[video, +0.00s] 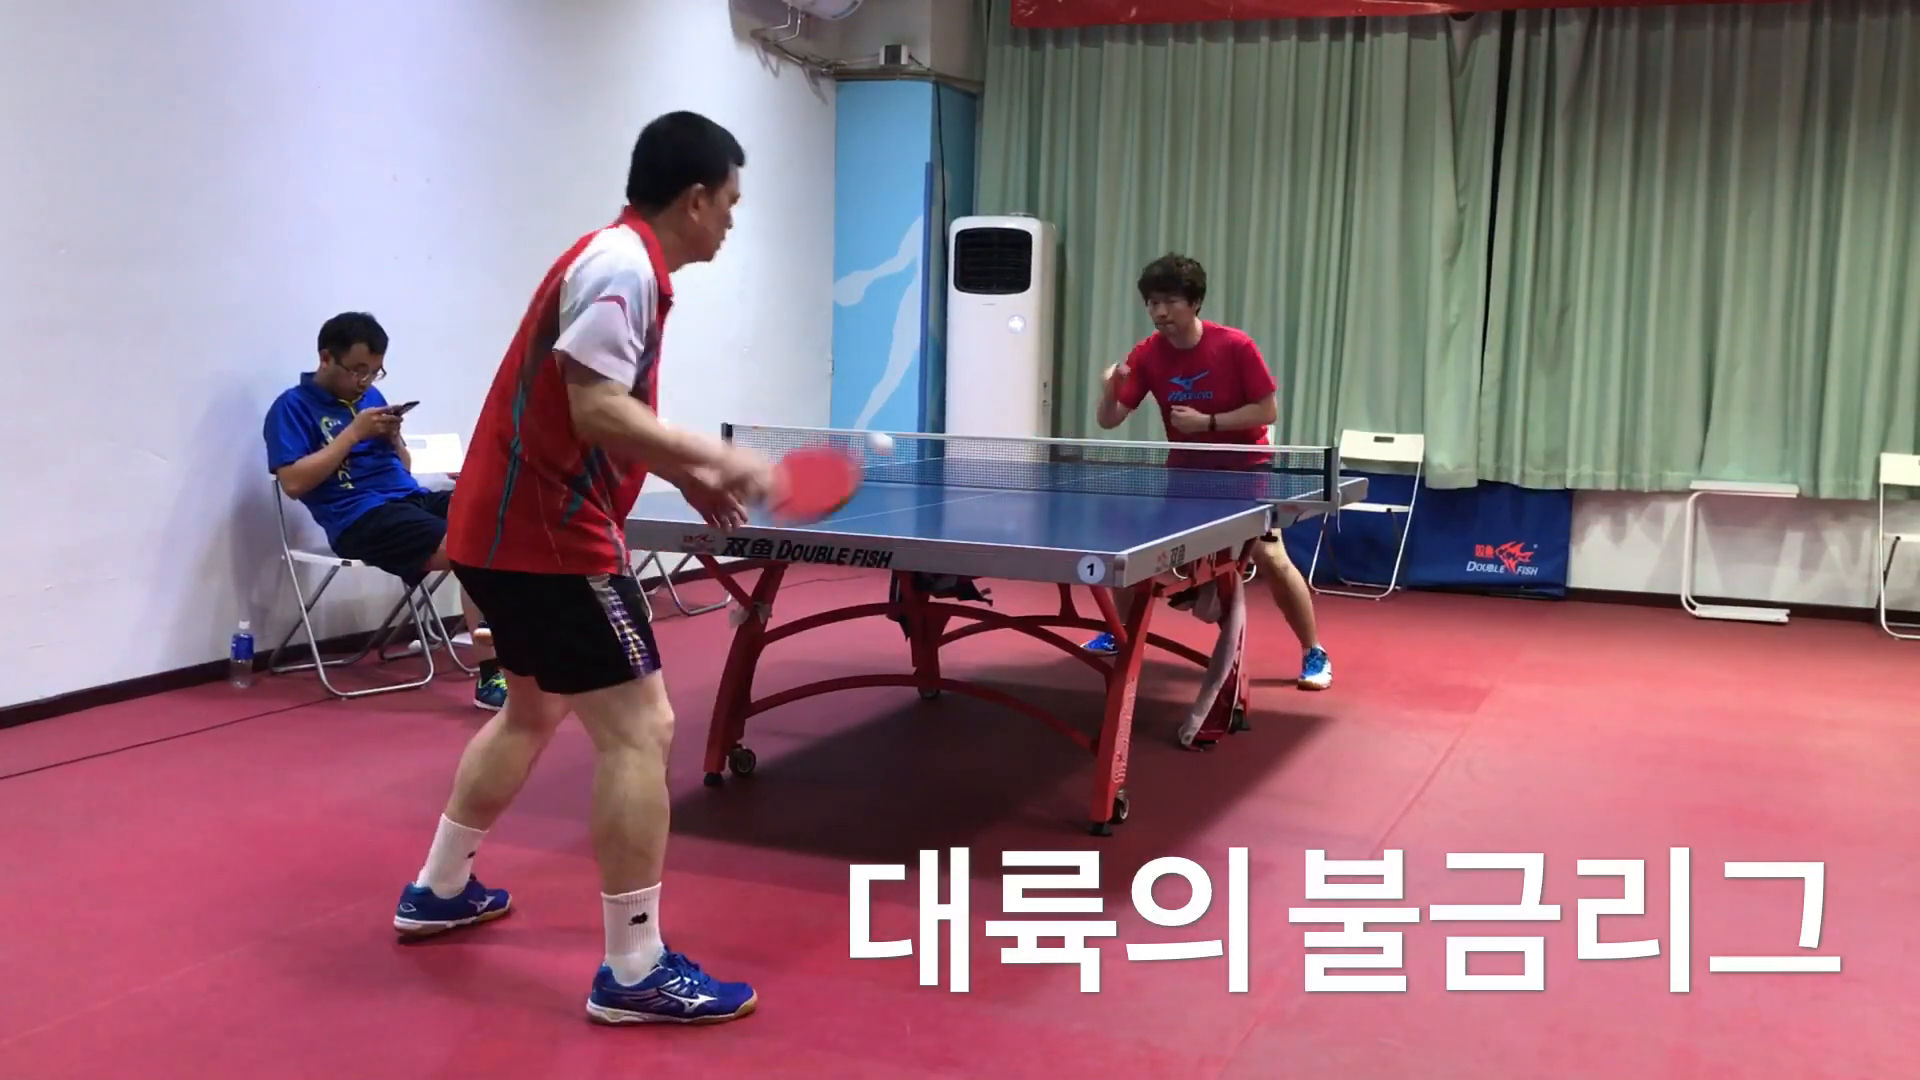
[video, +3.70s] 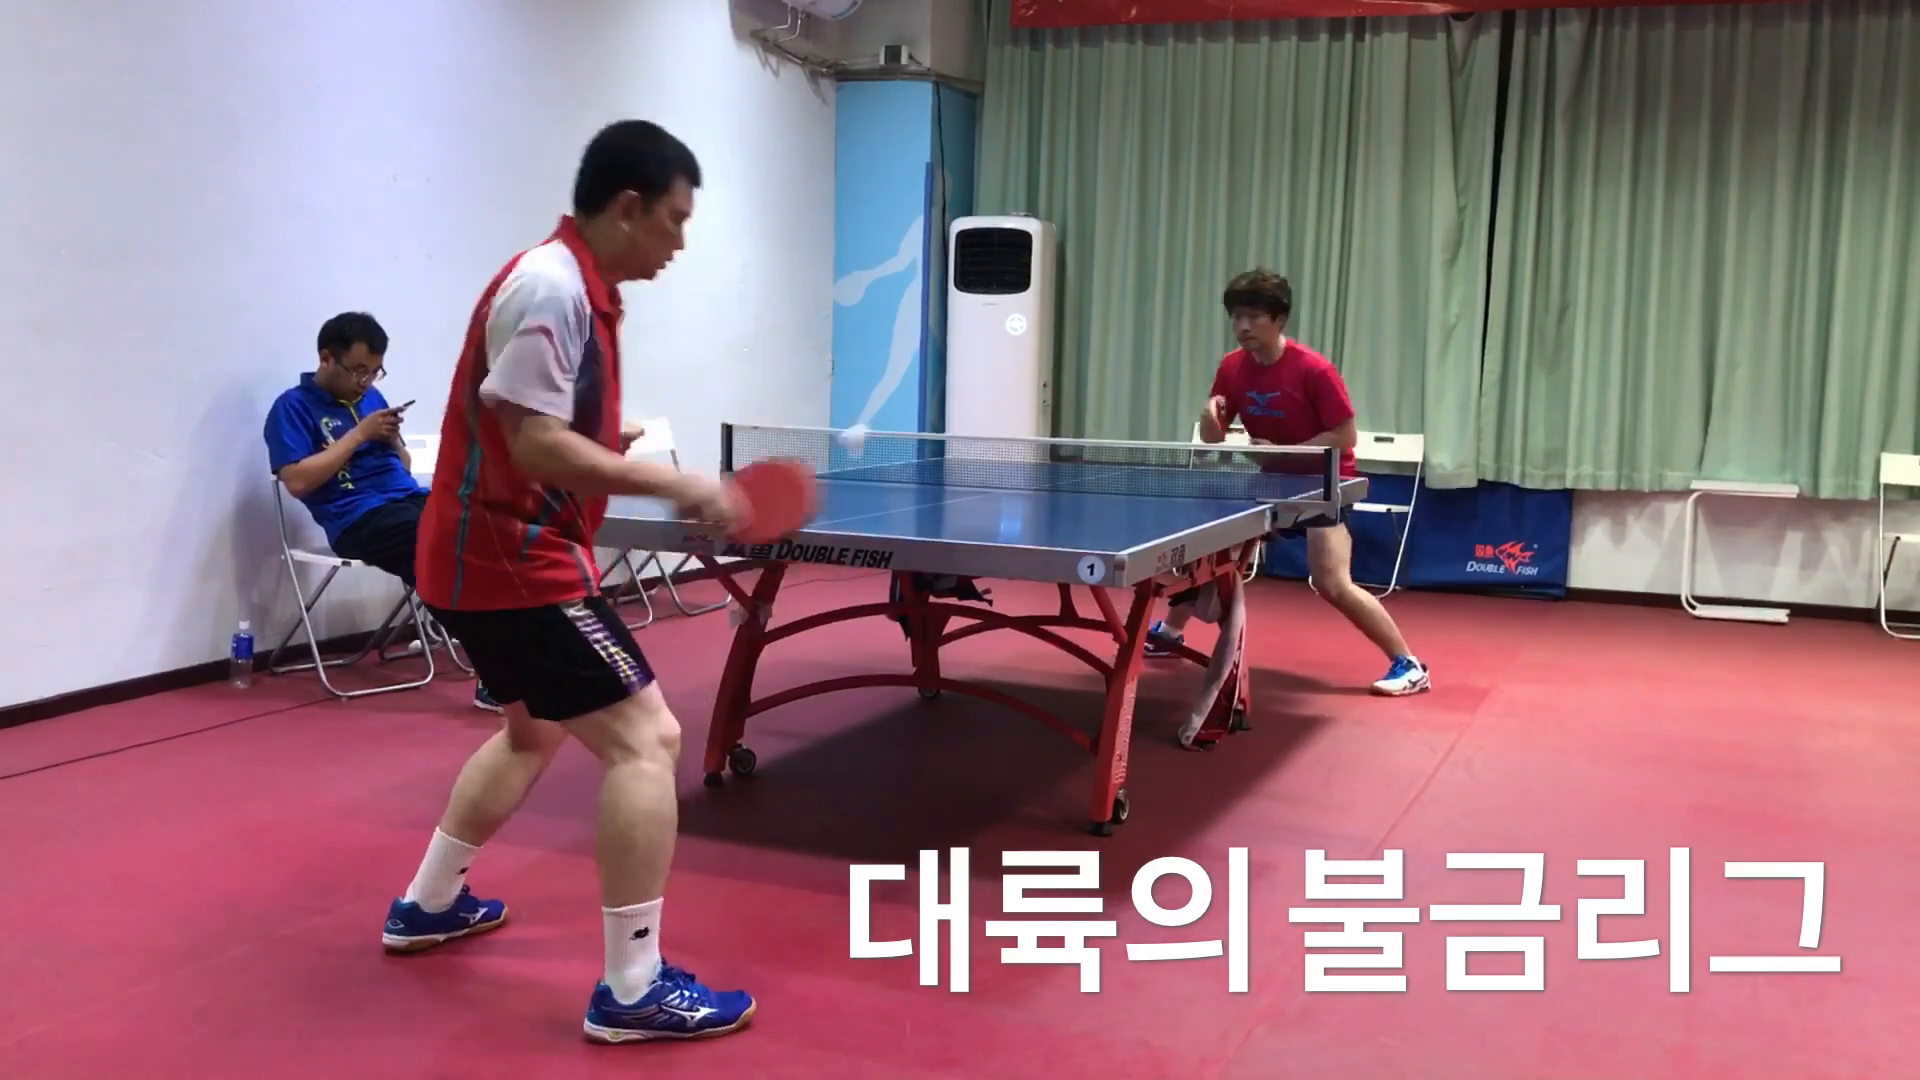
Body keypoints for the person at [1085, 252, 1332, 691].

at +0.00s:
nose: (1159, 311)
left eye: (1169, 301)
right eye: (1152, 302)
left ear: (1194, 301)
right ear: (1147, 305)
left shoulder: (1234, 346)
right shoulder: (1146, 355)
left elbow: (1267, 411)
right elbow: (1108, 419)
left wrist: (1207, 422)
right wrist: (1110, 386)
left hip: (1244, 473)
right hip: (1184, 474)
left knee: (1270, 555)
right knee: (1134, 548)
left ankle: (1313, 652)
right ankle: (1122, 634)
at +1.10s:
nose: (1135, 312)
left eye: (1143, 302)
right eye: (1129, 304)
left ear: (1171, 300)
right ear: (1126, 305)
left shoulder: (1206, 345)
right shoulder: (1150, 344)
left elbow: (1237, 414)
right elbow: (1151, 394)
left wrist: (1175, 420)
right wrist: (1094, 408)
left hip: (1241, 464)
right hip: (1189, 463)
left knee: (1259, 557)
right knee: (1146, 538)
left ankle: (1312, 646)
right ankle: (1127, 631)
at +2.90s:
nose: (1138, 312)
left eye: (1146, 302)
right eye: (1131, 304)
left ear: (1173, 300)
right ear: (1129, 306)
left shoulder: (1207, 344)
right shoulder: (1148, 350)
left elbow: (1241, 411)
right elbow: (1143, 407)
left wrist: (1182, 421)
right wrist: (1095, 422)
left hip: (1246, 463)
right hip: (1193, 464)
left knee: (1266, 558)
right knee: (1146, 539)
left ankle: (1317, 648)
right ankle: (1124, 632)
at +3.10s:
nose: (1168, 331)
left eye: (1171, 321)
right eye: (1164, 323)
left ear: (1197, 312)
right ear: (1198, 310)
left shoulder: (1220, 353)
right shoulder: (1227, 333)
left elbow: (1248, 423)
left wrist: (1201, 435)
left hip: (1248, 476)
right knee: (1278, 578)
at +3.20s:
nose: (1214, 329)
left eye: (1217, 318)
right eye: (1210, 320)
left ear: (1242, 307)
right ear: (1247, 306)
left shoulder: (1259, 353)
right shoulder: (1280, 331)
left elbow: (1277, 424)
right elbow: (1277, 374)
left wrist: (1233, 437)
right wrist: (1234, 370)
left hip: (1276, 479)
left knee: (1308, 586)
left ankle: (1397, 657)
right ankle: (1397, 655)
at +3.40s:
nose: (1260, 323)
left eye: (1267, 313)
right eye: (1256, 314)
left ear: (1294, 310)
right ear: (1263, 313)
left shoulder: (1319, 365)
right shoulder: (1284, 351)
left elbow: (1331, 443)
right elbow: (1262, 407)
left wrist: (1269, 449)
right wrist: (1232, 395)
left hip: (1329, 484)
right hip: (1288, 476)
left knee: (1326, 592)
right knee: (1224, 539)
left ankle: (1407, 665)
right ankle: (1174, 619)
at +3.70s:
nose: (1242, 326)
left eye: (1253, 316)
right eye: (1236, 316)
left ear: (1279, 319)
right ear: (1230, 319)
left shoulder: (1313, 370)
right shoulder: (1232, 367)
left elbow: (1345, 436)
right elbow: (1210, 439)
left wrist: (1281, 451)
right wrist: (1210, 417)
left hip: (1323, 484)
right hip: (1269, 481)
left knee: (1331, 582)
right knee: (1205, 544)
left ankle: (1407, 663)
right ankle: (1171, 630)